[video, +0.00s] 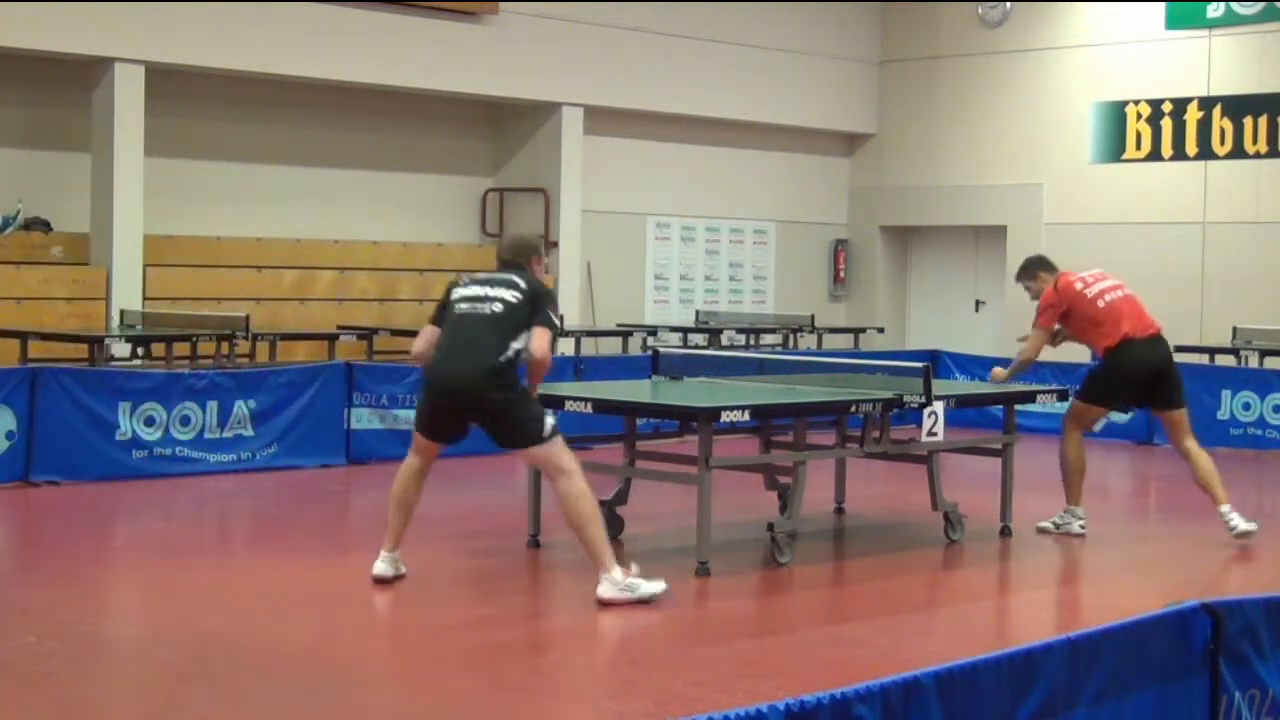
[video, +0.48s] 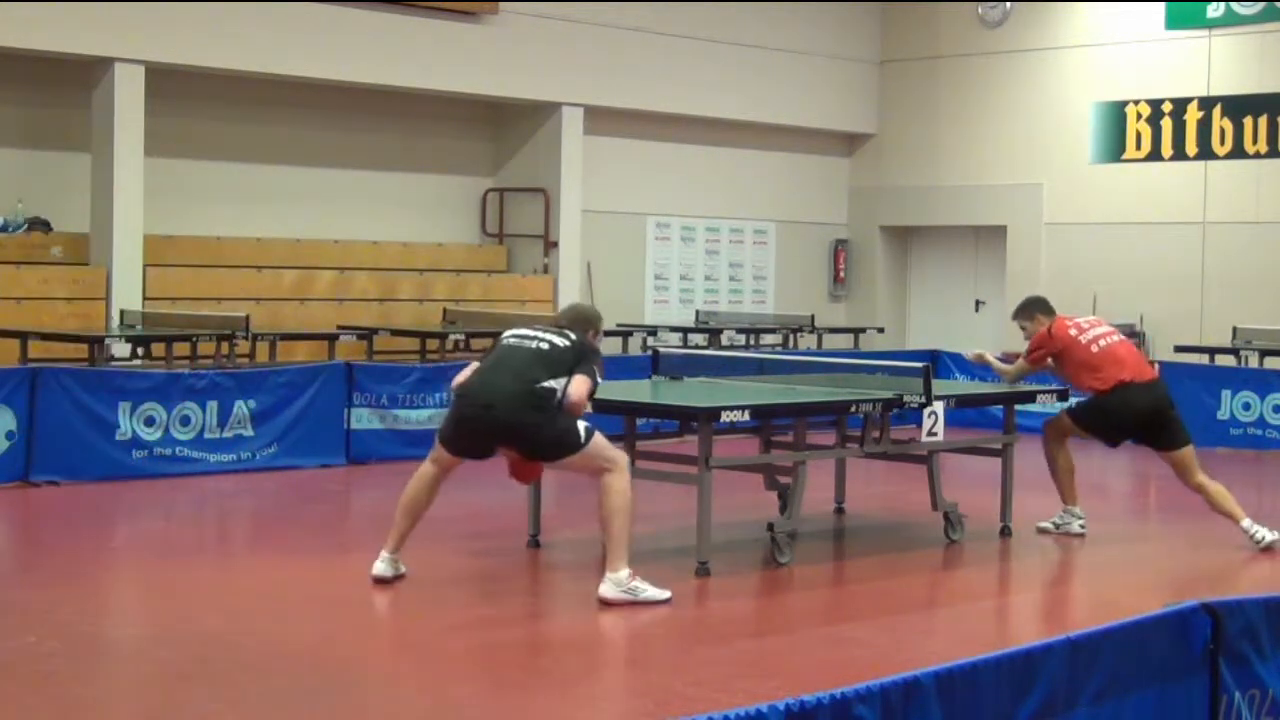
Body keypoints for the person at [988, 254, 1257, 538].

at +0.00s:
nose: (1032, 296)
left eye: (1030, 288)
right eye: (1028, 291)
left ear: (1041, 277)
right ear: (1053, 271)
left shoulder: (1055, 293)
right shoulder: (1092, 276)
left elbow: (1031, 353)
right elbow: (1097, 317)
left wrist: (1007, 373)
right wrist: (1064, 335)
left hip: (1121, 359)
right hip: (1159, 351)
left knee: (1073, 427)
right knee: (1186, 441)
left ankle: (1073, 514)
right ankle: (1229, 514)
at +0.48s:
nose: (1026, 336)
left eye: (1026, 330)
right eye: (1024, 331)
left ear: (1038, 321)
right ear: (1052, 315)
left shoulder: (1048, 336)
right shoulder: (1086, 321)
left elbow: (1011, 374)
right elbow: (1068, 361)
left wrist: (989, 360)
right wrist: (1025, 360)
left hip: (1117, 401)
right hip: (1155, 394)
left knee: (1053, 431)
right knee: (1196, 477)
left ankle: (1071, 515)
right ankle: (1253, 529)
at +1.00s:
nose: (1025, 336)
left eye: (1024, 329)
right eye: (1023, 331)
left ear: (1037, 321)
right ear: (1050, 316)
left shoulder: (1047, 336)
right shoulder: (1084, 323)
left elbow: (1010, 374)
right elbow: (1063, 359)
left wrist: (987, 358)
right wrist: (1021, 359)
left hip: (1116, 403)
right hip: (1154, 396)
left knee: (1052, 431)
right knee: (1197, 478)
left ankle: (1072, 516)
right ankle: (1252, 529)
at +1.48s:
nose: (1031, 337)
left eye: (1031, 329)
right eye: (1030, 331)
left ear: (1045, 321)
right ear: (1059, 318)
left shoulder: (1052, 340)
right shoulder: (1094, 327)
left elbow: (1013, 374)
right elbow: (1075, 363)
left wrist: (987, 364)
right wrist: (1030, 362)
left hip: (1116, 416)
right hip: (1154, 408)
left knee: (1050, 431)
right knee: (1197, 485)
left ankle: (1071, 515)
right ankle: (1247, 529)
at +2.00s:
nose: (1070, 292)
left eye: (1073, 286)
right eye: (1071, 287)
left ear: (1086, 288)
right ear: (1103, 286)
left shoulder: (1083, 307)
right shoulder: (1132, 310)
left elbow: (1028, 301)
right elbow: (1101, 319)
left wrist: (1012, 266)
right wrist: (1067, 303)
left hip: (1121, 412)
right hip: (1160, 409)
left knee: (1054, 432)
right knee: (1202, 481)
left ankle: (1071, 515)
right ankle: (1248, 528)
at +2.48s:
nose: (1094, 277)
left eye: (1097, 272)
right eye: (1096, 271)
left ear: (1107, 275)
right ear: (1129, 277)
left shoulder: (1102, 301)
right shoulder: (1162, 295)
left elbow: (1079, 329)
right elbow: (1212, 306)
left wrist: (1027, 355)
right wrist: (1196, 323)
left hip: (1129, 401)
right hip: (1173, 400)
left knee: (1056, 417)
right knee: (1209, 477)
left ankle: (1064, 500)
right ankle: (1250, 528)